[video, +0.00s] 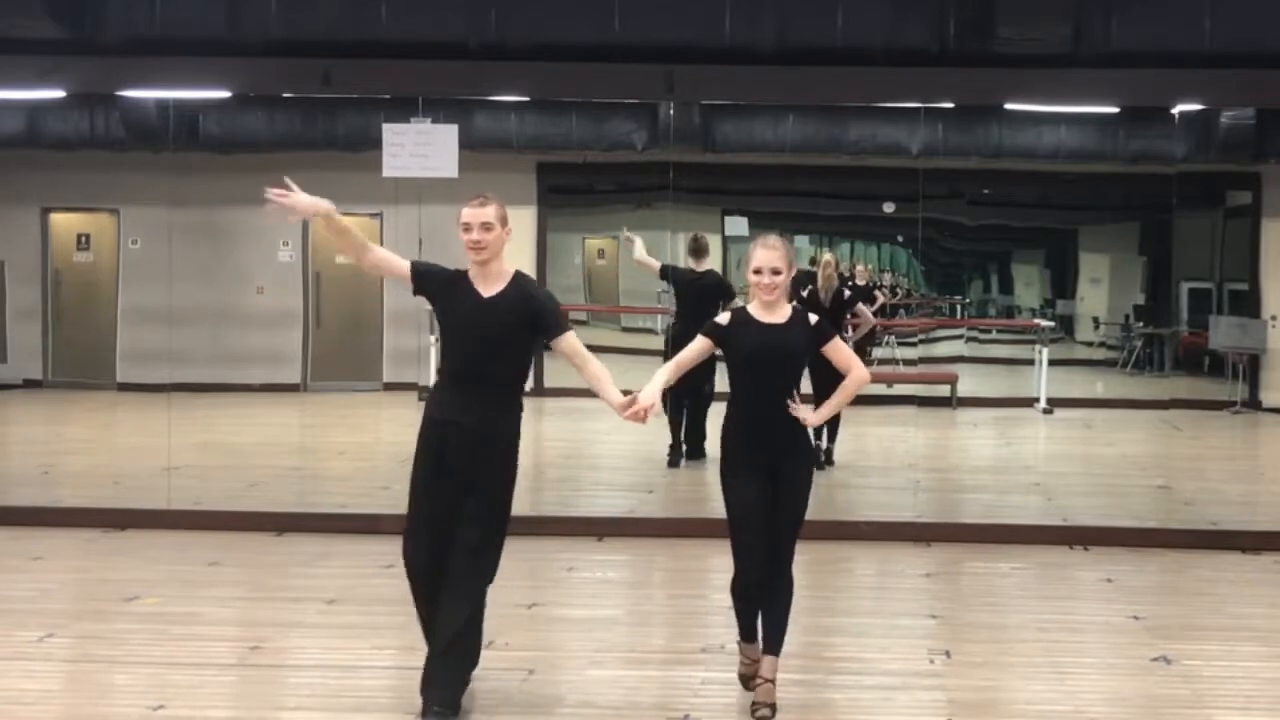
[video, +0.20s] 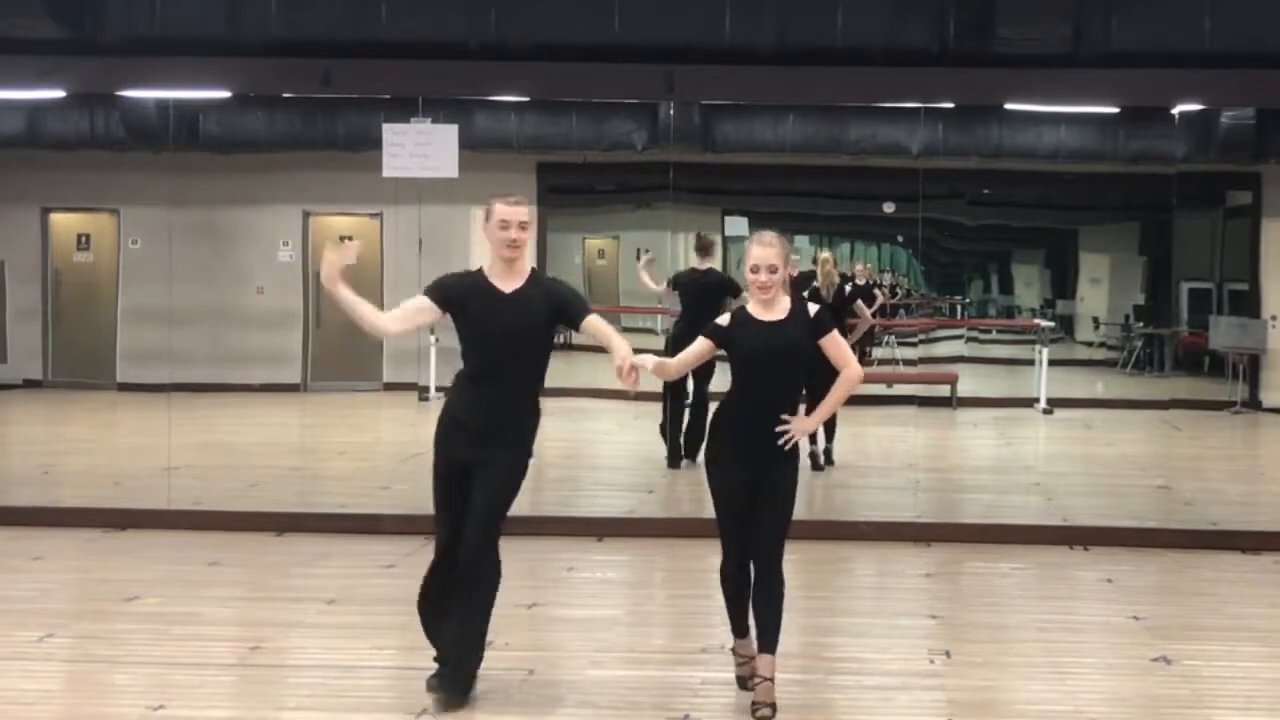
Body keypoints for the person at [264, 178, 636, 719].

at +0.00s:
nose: (473, 235)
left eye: (484, 227)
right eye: (466, 227)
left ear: (506, 232)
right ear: (458, 233)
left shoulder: (531, 299)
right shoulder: (444, 282)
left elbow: (582, 358)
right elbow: (369, 255)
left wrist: (617, 401)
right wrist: (324, 213)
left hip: (494, 452)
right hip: (438, 444)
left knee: (467, 570)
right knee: (421, 557)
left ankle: (441, 700)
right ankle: (452, 654)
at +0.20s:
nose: (513, 234)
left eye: (522, 226)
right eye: (503, 225)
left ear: (533, 232)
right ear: (485, 231)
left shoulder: (552, 293)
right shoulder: (460, 288)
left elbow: (610, 335)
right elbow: (387, 323)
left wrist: (623, 355)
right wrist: (334, 283)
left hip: (512, 437)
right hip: (459, 429)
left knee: (478, 544)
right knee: (450, 544)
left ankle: (460, 671)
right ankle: (452, 652)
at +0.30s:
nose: (546, 239)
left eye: (549, 232)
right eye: (537, 231)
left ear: (549, 235)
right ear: (508, 232)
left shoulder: (563, 291)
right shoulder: (473, 295)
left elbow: (630, 321)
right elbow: (434, 356)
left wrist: (629, 334)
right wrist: (367, 343)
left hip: (528, 432)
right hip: (476, 427)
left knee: (485, 529)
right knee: (463, 538)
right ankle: (455, 658)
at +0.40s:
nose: (564, 241)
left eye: (566, 233)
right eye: (556, 233)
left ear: (563, 237)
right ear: (526, 236)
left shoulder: (582, 288)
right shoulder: (496, 298)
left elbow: (660, 288)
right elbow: (478, 368)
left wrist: (634, 305)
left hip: (543, 439)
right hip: (490, 433)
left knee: (517, 543)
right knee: (467, 543)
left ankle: (565, 585)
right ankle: (456, 658)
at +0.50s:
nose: (587, 241)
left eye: (589, 233)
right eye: (579, 234)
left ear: (588, 237)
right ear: (551, 237)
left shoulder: (603, 283)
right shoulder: (525, 300)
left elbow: (669, 262)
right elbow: (512, 370)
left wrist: (640, 290)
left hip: (572, 437)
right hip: (519, 430)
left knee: (570, 539)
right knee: (478, 542)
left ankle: (597, 627)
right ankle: (453, 657)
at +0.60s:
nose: (614, 242)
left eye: (616, 235)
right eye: (605, 235)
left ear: (616, 239)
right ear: (578, 239)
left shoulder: (628, 277)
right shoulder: (557, 302)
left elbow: (686, 238)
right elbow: (542, 383)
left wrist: (649, 269)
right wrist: (567, 433)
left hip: (613, 433)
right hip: (559, 430)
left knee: (606, 539)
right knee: (516, 537)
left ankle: (600, 631)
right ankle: (465, 650)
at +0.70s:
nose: (640, 249)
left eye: (643, 240)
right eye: (631, 241)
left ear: (649, 245)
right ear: (605, 245)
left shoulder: (660, 283)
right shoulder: (586, 309)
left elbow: (694, 226)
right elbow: (575, 389)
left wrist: (652, 251)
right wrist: (619, 431)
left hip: (644, 430)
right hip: (593, 427)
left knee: (620, 535)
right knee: (561, 530)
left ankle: (595, 631)